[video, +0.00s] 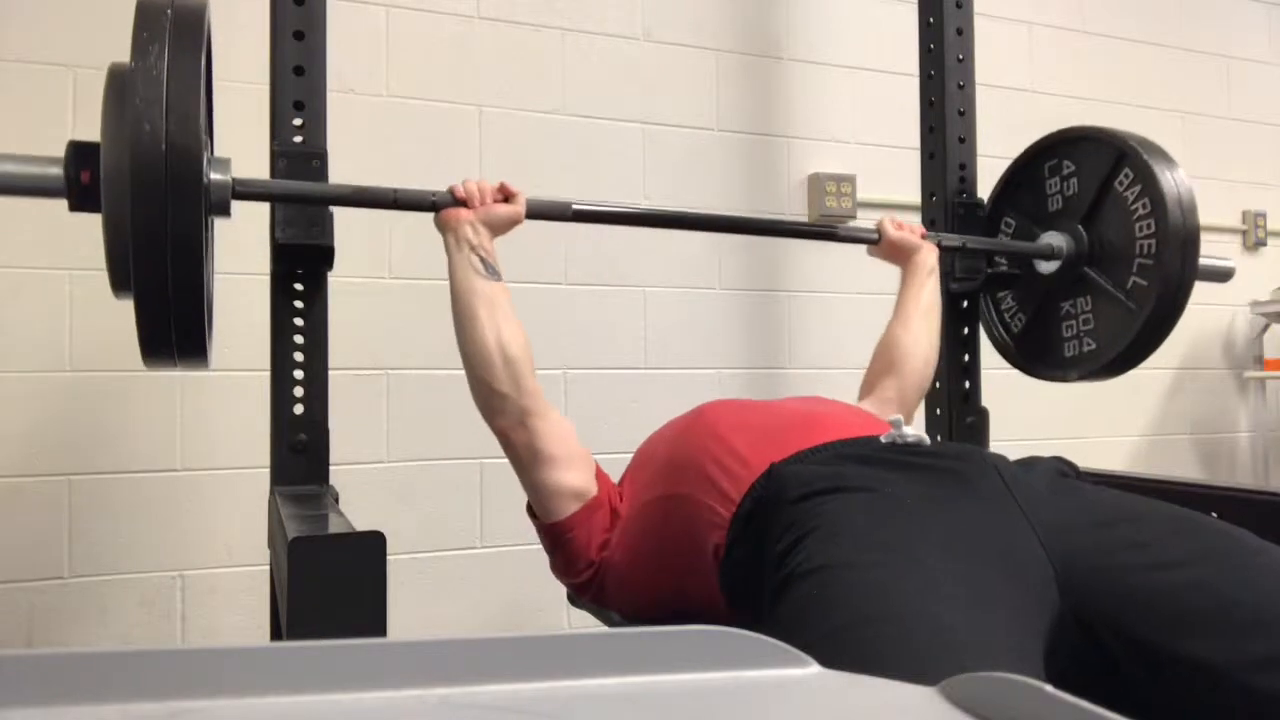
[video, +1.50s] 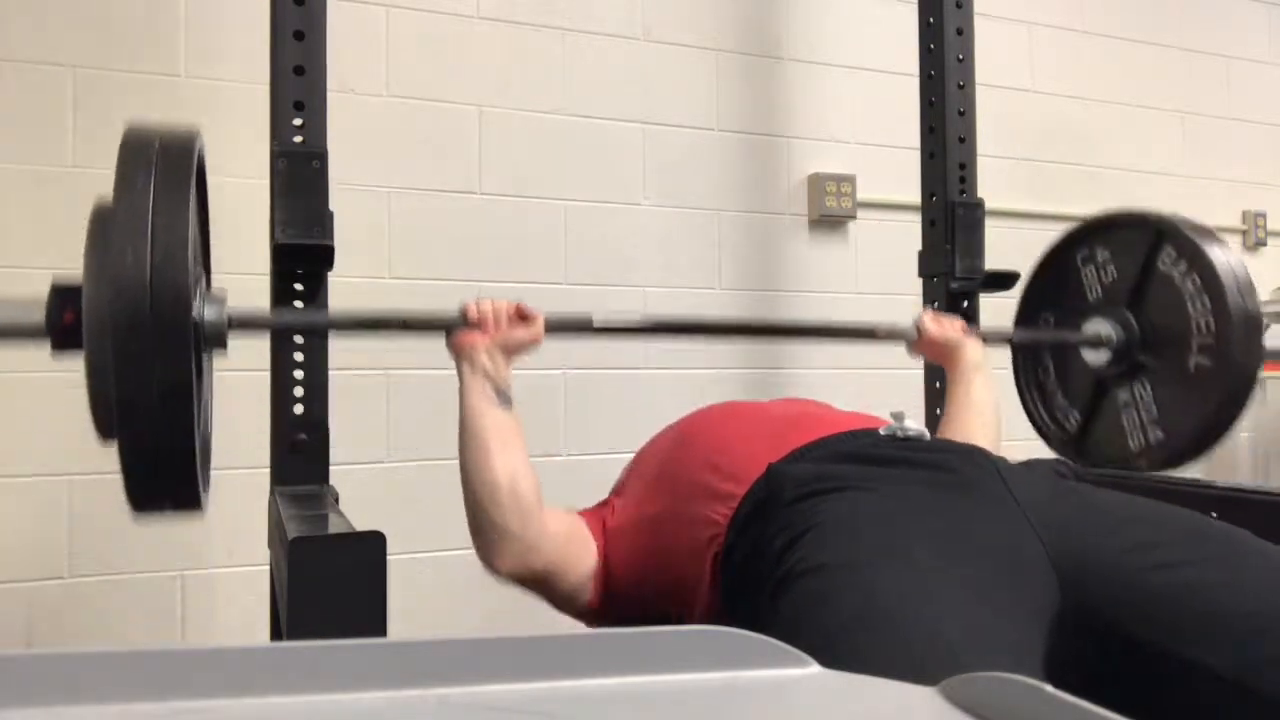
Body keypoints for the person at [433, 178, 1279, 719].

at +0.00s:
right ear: (620, 504)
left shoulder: (845, 426)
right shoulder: (612, 537)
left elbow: (896, 384)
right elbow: (517, 412)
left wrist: (919, 265)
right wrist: (471, 250)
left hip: (1011, 474)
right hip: (838, 493)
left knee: (1268, 603)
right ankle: (985, 701)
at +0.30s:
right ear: (611, 497)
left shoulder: (838, 423)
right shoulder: (608, 530)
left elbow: (900, 389)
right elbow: (517, 412)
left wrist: (923, 266)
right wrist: (472, 253)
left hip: (1010, 475)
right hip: (839, 491)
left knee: (1272, 606)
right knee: (945, 674)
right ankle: (981, 704)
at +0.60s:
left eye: (798, 421)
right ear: (640, 492)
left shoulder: (857, 438)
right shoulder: (618, 541)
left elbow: (959, 461)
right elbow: (506, 502)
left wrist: (945, 334)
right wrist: (470, 330)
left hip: (1037, 481)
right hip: (852, 504)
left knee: (1271, 613)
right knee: (937, 673)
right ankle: (975, 707)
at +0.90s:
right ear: (646, 486)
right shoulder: (626, 527)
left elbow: (1021, 518)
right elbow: (535, 616)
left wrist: (974, 425)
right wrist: (483, 440)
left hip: (1012, 482)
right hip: (846, 492)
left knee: (1271, 609)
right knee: (933, 661)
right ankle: (976, 701)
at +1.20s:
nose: (747, 415)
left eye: (775, 418)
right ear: (653, 468)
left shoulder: (856, 421)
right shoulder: (618, 530)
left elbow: (1023, 523)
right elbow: (547, 643)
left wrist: (990, 454)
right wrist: (491, 490)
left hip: (1021, 489)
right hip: (849, 504)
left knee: (1274, 602)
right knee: (935, 681)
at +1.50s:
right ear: (650, 495)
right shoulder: (623, 542)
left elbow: (970, 477)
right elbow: (511, 537)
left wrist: (971, 358)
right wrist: (481, 374)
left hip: (1031, 487)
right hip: (845, 506)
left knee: (1269, 614)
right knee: (922, 690)